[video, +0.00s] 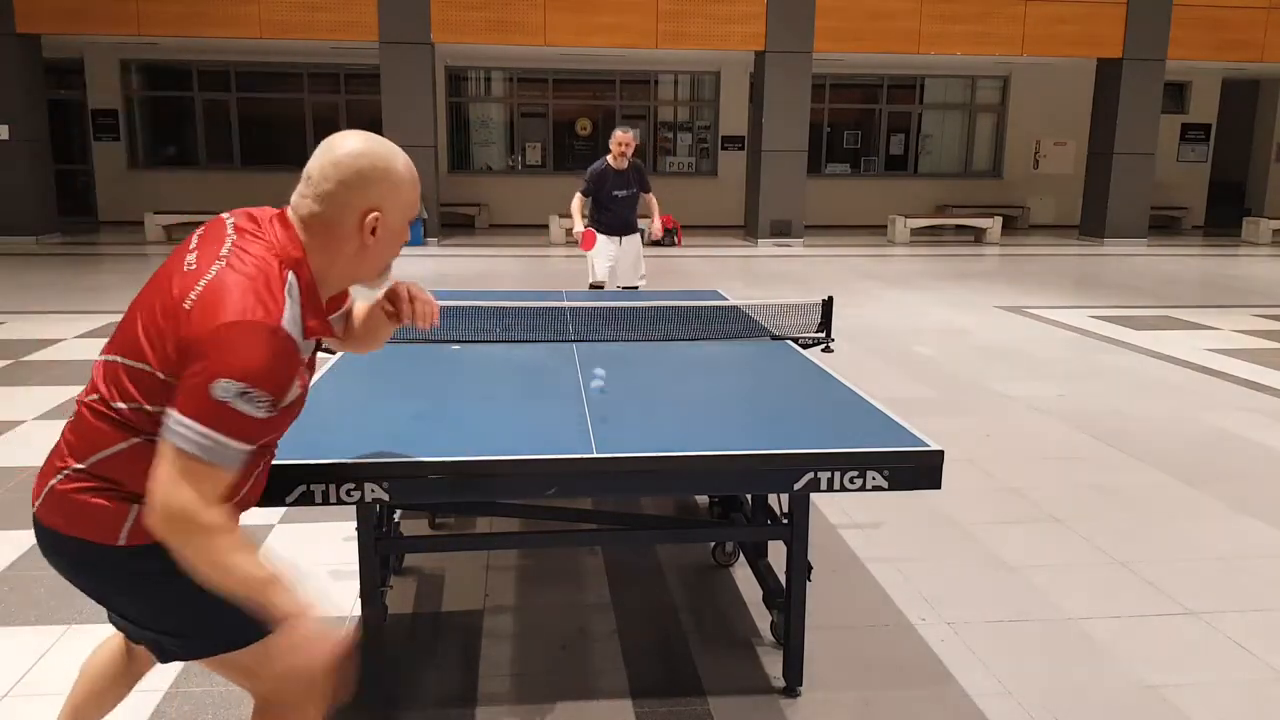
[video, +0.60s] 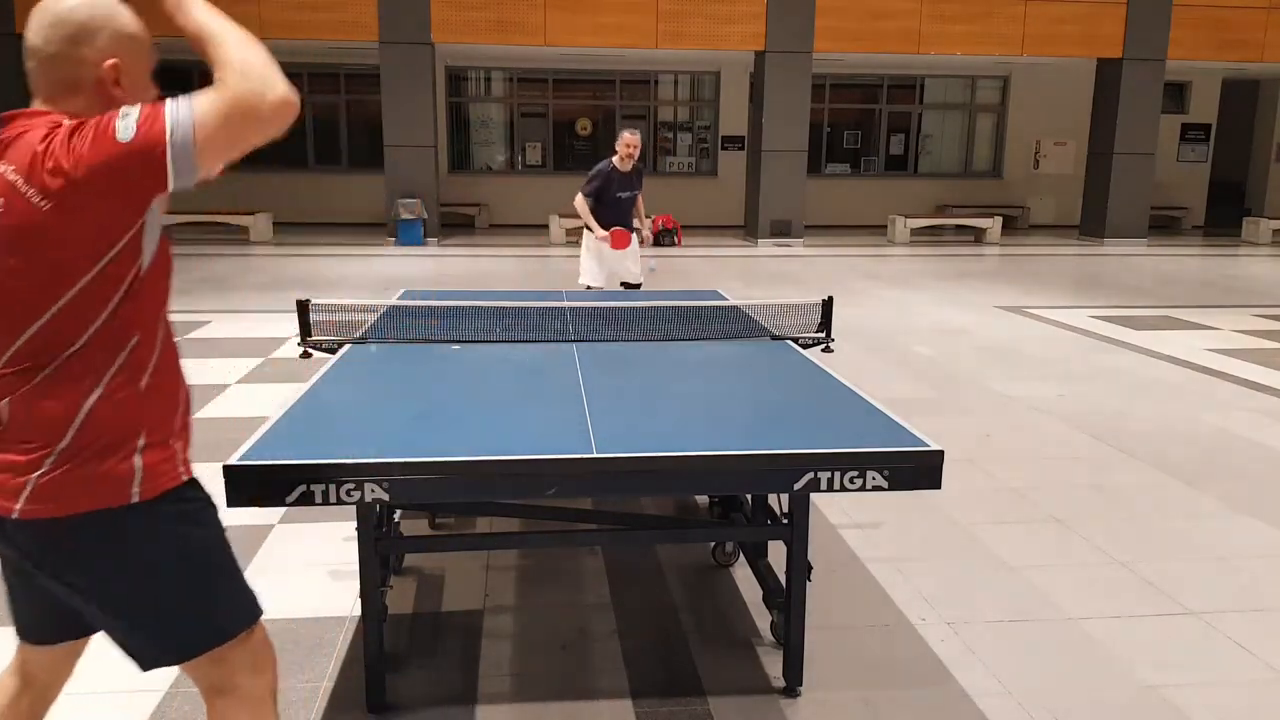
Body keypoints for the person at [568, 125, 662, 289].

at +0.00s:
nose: (623, 150)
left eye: (627, 145)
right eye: (619, 145)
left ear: (634, 146)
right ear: (610, 145)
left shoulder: (636, 168)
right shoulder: (598, 170)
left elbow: (649, 197)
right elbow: (578, 200)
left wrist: (656, 221)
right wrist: (578, 225)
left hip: (630, 237)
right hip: (601, 238)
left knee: (631, 287)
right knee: (598, 283)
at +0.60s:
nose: (631, 151)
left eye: (635, 147)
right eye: (627, 146)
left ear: (640, 149)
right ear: (617, 146)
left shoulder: (636, 171)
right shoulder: (603, 170)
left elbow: (637, 197)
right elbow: (579, 200)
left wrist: (644, 227)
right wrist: (597, 230)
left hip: (627, 238)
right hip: (599, 237)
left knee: (634, 284)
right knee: (594, 288)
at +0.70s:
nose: (638, 161)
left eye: (642, 157)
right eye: (634, 155)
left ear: (646, 158)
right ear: (624, 154)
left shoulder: (642, 179)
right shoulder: (610, 179)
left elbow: (644, 207)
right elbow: (592, 213)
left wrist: (654, 237)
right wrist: (606, 244)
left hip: (632, 241)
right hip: (605, 241)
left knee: (638, 288)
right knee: (607, 286)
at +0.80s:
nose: (643, 162)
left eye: (647, 158)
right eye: (639, 157)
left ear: (651, 159)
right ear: (629, 154)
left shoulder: (645, 177)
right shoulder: (615, 178)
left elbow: (645, 206)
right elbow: (604, 216)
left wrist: (655, 234)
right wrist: (629, 240)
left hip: (629, 237)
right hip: (605, 234)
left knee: (637, 282)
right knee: (614, 279)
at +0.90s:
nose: (648, 166)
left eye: (652, 162)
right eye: (645, 160)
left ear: (655, 162)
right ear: (633, 155)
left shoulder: (645, 176)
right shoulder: (617, 177)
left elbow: (644, 204)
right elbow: (618, 220)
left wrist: (656, 232)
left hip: (629, 233)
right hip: (605, 233)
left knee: (634, 282)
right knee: (618, 280)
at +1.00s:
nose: (650, 180)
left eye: (655, 176)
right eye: (648, 174)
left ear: (658, 174)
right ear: (636, 164)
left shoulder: (641, 183)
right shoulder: (619, 187)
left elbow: (642, 211)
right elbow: (626, 230)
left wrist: (656, 232)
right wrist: (648, 220)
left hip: (628, 238)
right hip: (606, 238)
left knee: (636, 284)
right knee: (626, 284)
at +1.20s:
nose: (647, 187)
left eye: (651, 184)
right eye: (645, 181)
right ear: (635, 171)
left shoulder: (635, 185)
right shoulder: (614, 193)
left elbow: (641, 202)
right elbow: (608, 228)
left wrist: (659, 214)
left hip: (631, 244)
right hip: (613, 247)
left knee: (641, 286)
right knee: (632, 288)